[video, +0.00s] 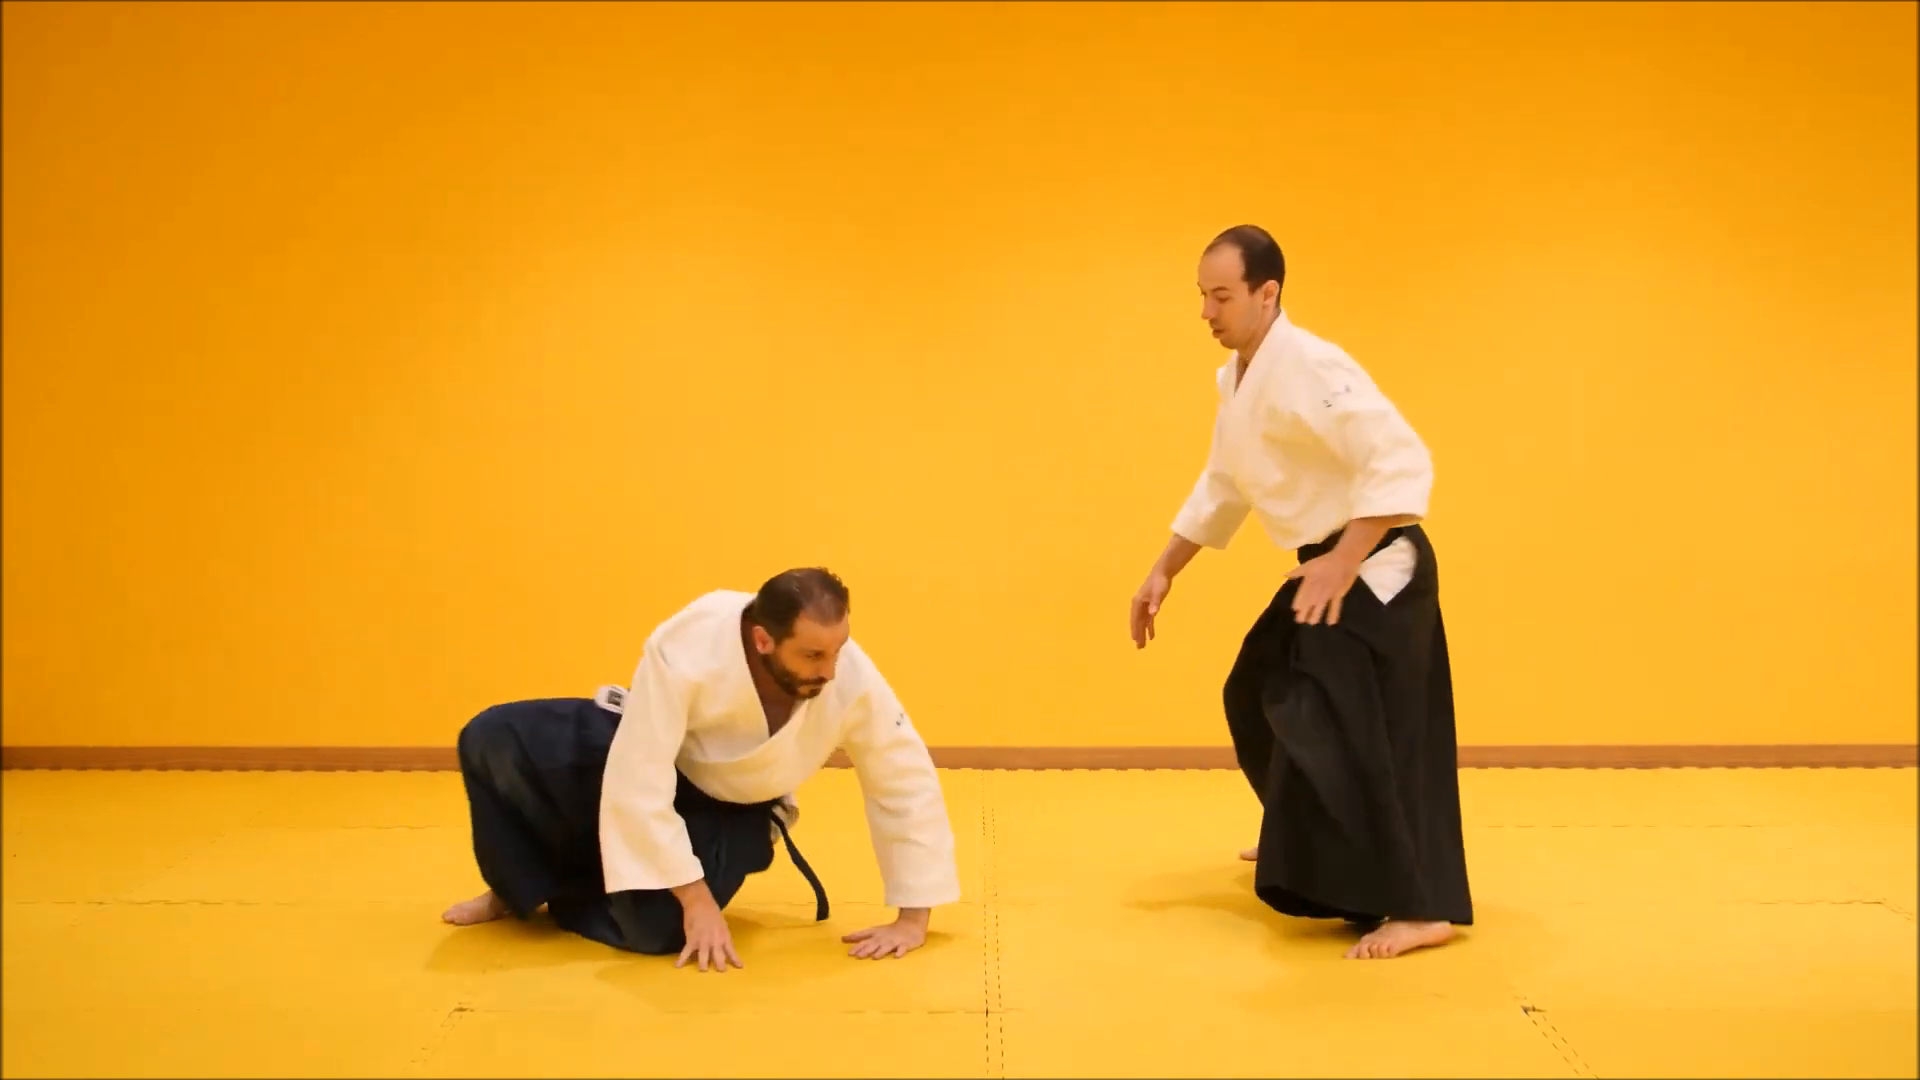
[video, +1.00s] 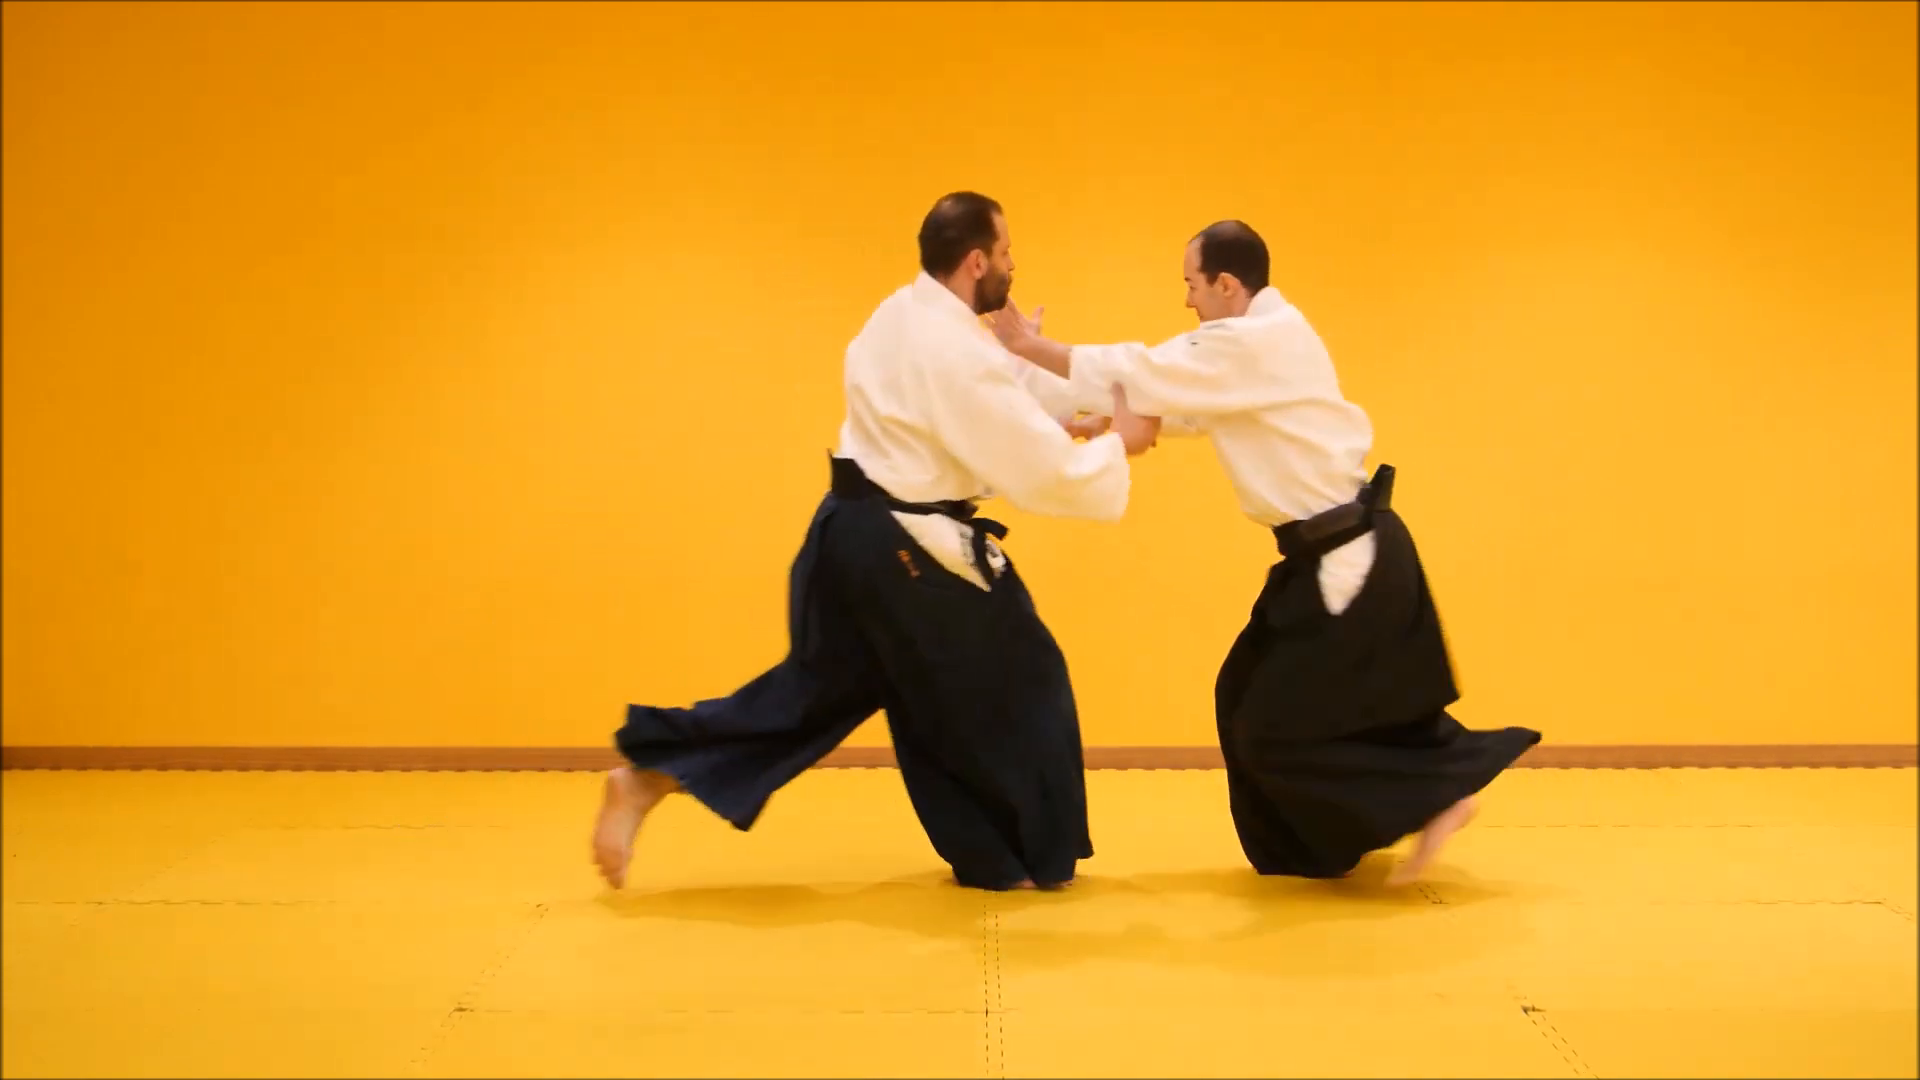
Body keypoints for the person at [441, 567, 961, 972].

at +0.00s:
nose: (825, 673)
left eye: (834, 657)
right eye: (810, 661)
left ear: (843, 636)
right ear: (760, 639)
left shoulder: (852, 679)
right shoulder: (687, 652)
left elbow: (906, 780)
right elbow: (634, 784)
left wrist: (913, 918)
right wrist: (696, 901)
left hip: (734, 807)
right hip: (650, 746)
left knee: (668, 926)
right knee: (494, 741)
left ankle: (552, 886)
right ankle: (519, 887)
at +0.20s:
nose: (815, 605)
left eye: (818, 589)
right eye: (804, 592)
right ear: (751, 591)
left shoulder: (796, 622)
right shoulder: (655, 610)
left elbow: (814, 732)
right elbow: (647, 762)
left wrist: (843, 862)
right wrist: (695, 904)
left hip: (648, 709)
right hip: (544, 681)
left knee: (714, 834)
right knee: (513, 818)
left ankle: (554, 869)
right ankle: (451, 873)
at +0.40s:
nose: (813, 476)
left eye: (815, 462)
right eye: (808, 463)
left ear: (759, 462)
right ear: (765, 469)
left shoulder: (695, 468)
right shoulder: (703, 512)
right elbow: (706, 656)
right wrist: (727, 809)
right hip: (526, 643)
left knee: (664, 763)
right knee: (595, 808)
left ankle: (557, 864)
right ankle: (442, 861)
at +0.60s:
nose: (827, 347)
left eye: (828, 331)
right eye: (822, 330)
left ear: (754, 326)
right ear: (784, 333)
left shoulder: (648, 368)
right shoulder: (762, 413)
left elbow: (606, 487)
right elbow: (751, 553)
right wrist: (769, 678)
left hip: (560, 567)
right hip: (635, 591)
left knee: (559, 715)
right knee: (749, 732)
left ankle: (510, 857)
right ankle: (615, 864)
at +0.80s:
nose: (897, 307)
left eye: (895, 292)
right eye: (890, 293)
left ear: (823, 295)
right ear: (855, 298)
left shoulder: (733, 349)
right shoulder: (845, 380)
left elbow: (723, 474)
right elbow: (885, 518)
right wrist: (980, 587)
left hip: (683, 550)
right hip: (762, 561)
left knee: (655, 720)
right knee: (917, 658)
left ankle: (485, 832)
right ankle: (951, 845)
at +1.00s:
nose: (1012, 261)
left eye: (1009, 247)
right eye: (1007, 249)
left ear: (944, 256)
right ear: (976, 262)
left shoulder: (898, 316)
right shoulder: (957, 347)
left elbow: (996, 388)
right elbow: (1036, 464)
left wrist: (1068, 423)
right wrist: (1120, 449)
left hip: (851, 528)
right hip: (918, 544)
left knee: (830, 687)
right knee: (1023, 676)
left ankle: (654, 771)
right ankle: (1016, 852)